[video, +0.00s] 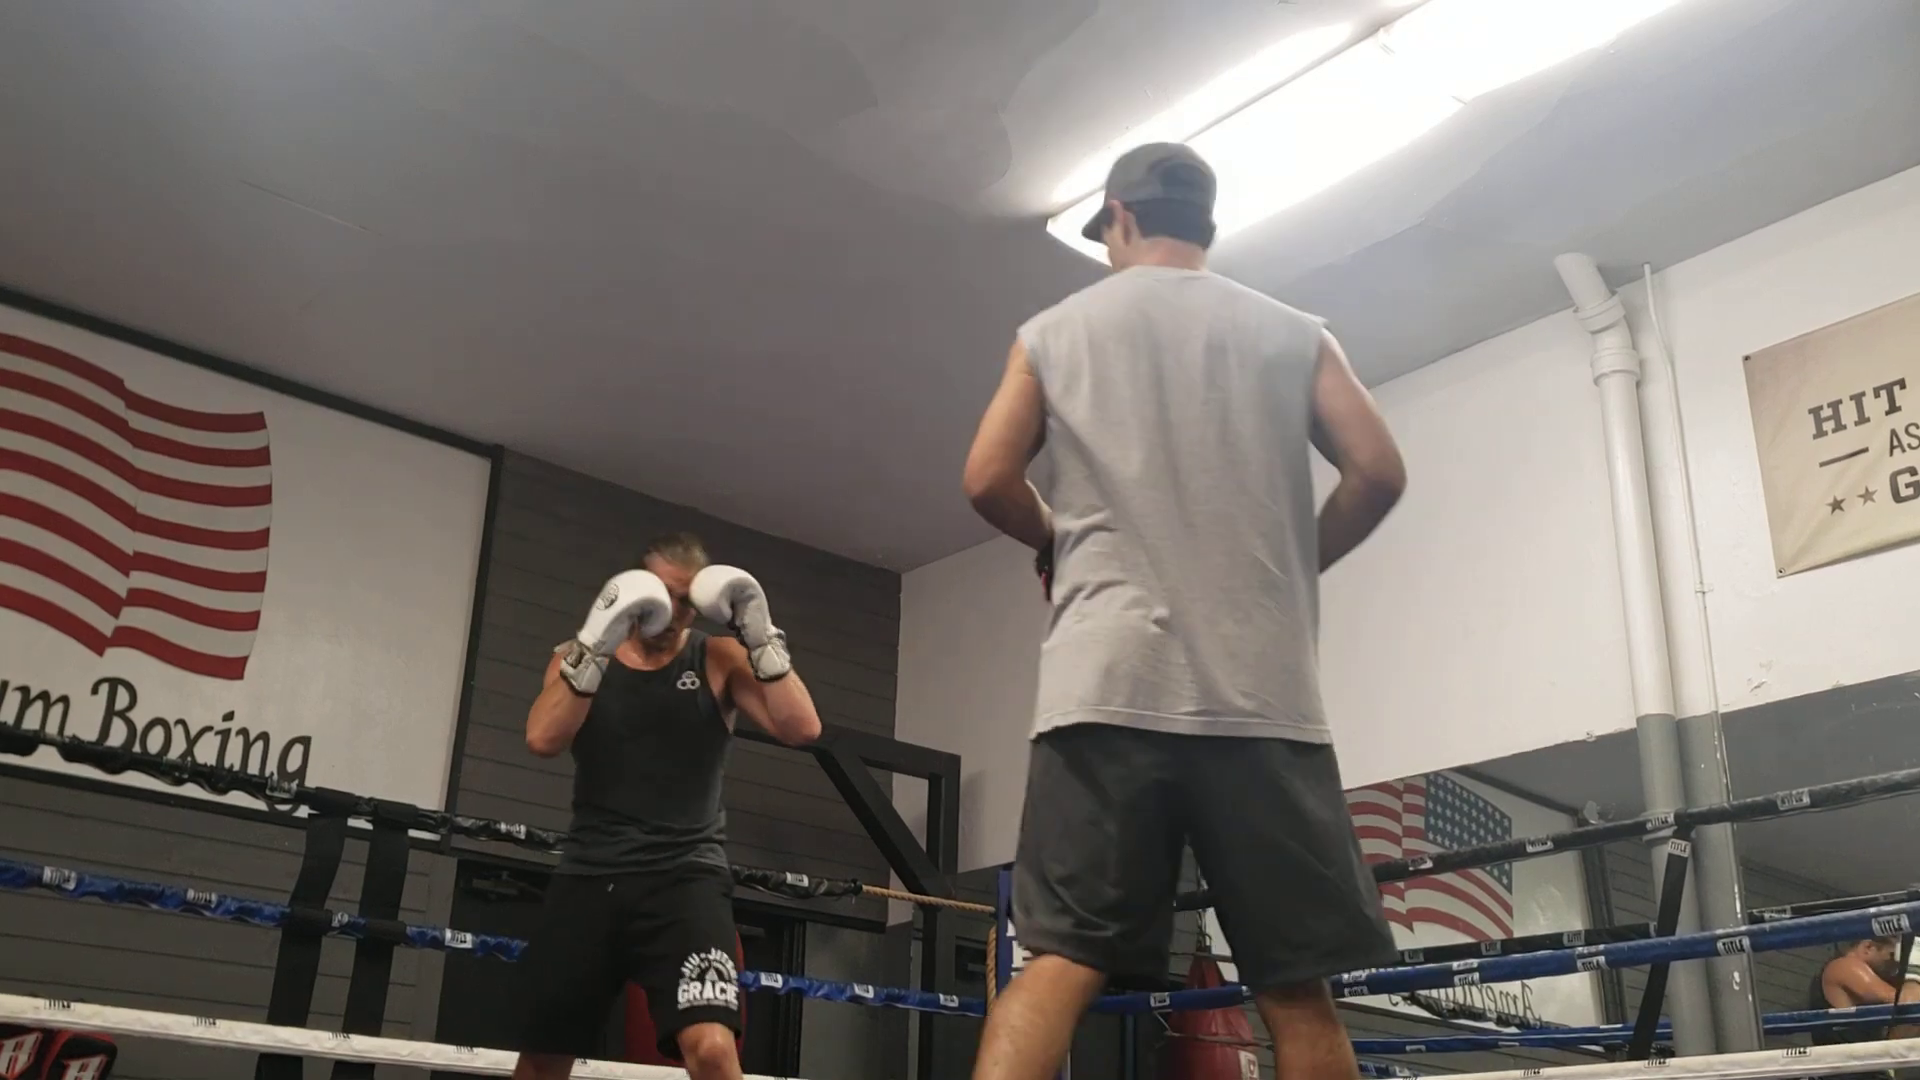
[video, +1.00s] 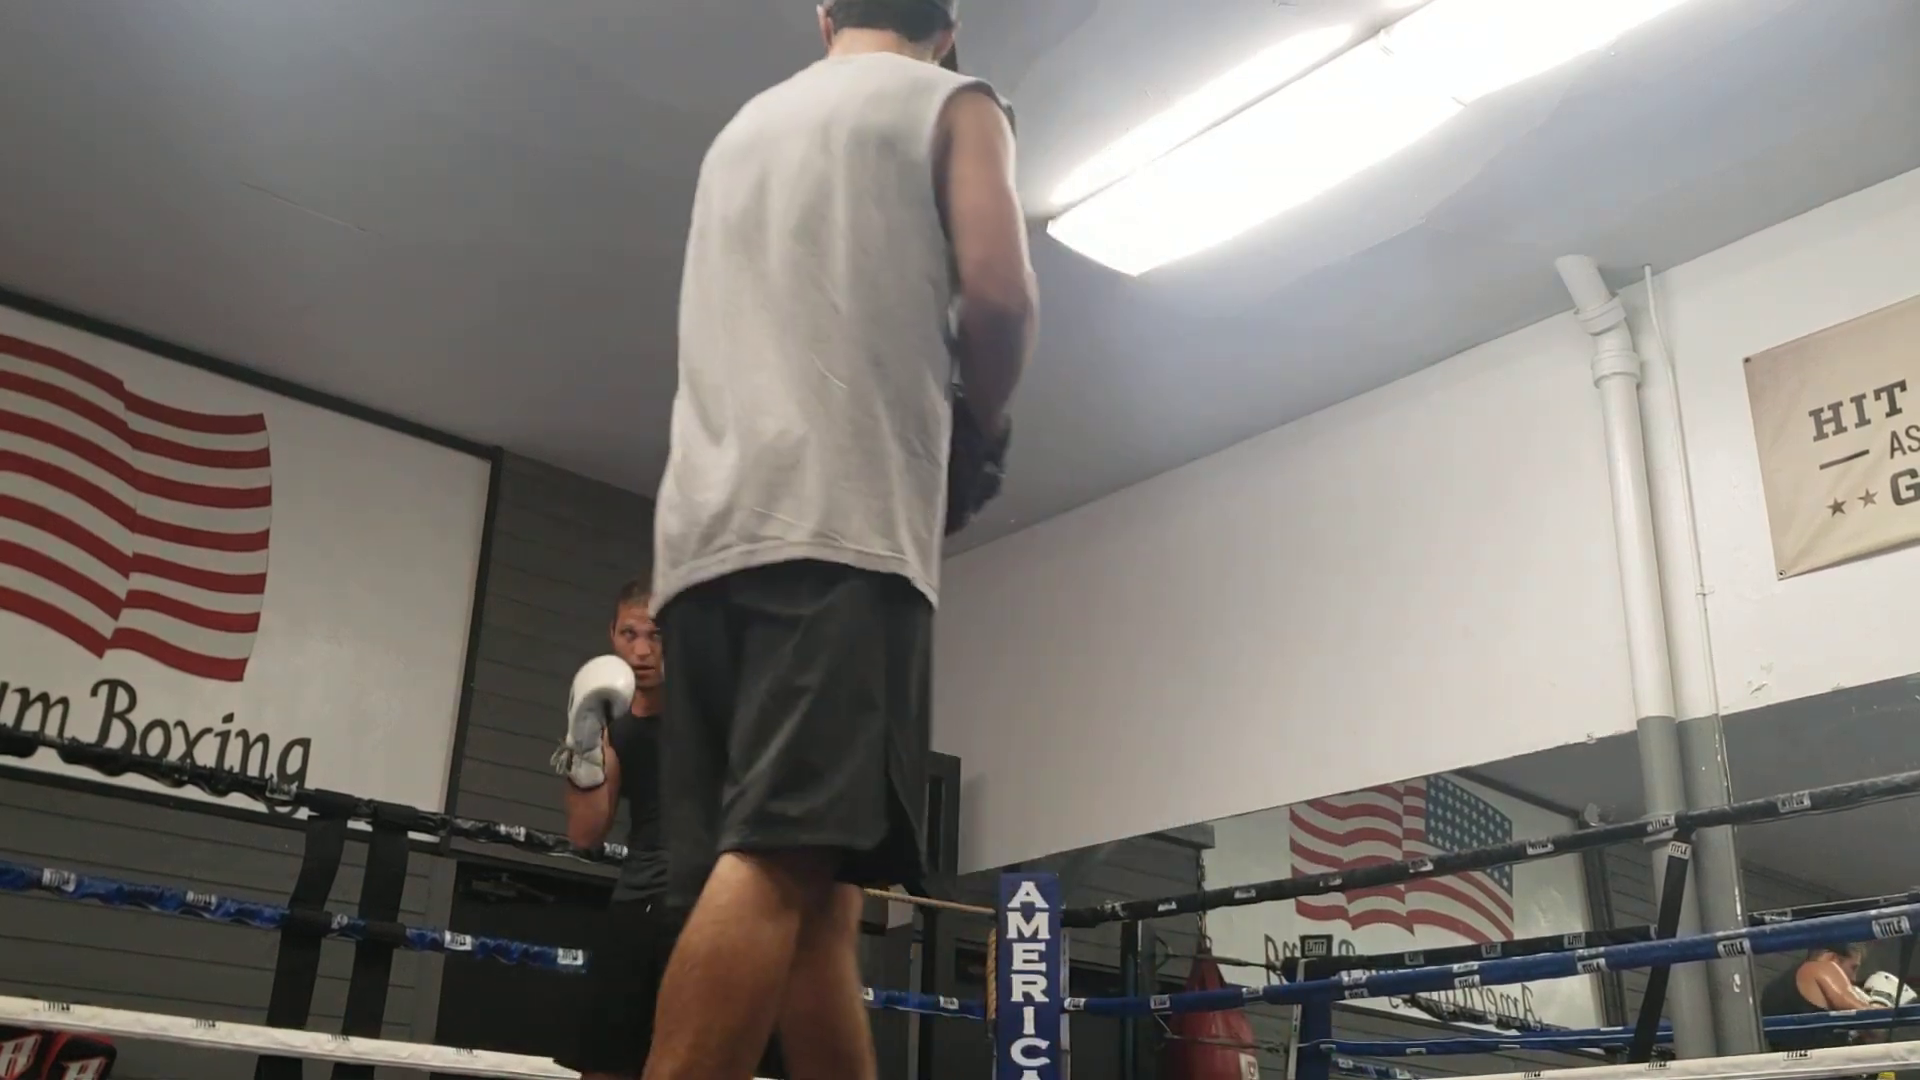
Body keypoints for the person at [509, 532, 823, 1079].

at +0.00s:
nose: (666, 611)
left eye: (683, 600)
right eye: (655, 594)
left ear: (703, 603)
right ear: (631, 590)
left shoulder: (720, 656)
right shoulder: (586, 656)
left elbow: (802, 728)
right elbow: (543, 738)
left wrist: (761, 637)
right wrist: (596, 645)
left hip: (688, 877)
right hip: (589, 875)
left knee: (711, 1052)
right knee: (540, 1060)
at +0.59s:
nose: (714, 611)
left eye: (729, 598)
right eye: (702, 596)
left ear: (752, 602)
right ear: (683, 599)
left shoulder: (772, 676)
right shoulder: (649, 664)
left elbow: (835, 757)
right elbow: (581, 709)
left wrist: (795, 663)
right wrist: (629, 615)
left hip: (740, 880)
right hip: (652, 881)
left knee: (740, 1062)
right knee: (624, 1065)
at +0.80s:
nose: (672, 624)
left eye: (687, 611)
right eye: (660, 610)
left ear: (712, 614)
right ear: (643, 614)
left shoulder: (745, 681)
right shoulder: (626, 685)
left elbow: (800, 753)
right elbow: (575, 756)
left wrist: (757, 690)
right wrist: (585, 659)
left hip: (732, 879)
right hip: (647, 883)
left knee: (732, 1050)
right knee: (634, 1058)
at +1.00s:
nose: (642, 650)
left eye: (655, 635)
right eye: (630, 635)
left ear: (681, 642)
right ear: (612, 642)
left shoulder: (706, 715)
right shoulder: (616, 723)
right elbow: (585, 833)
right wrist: (585, 735)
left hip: (708, 893)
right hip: (638, 889)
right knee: (609, 1055)